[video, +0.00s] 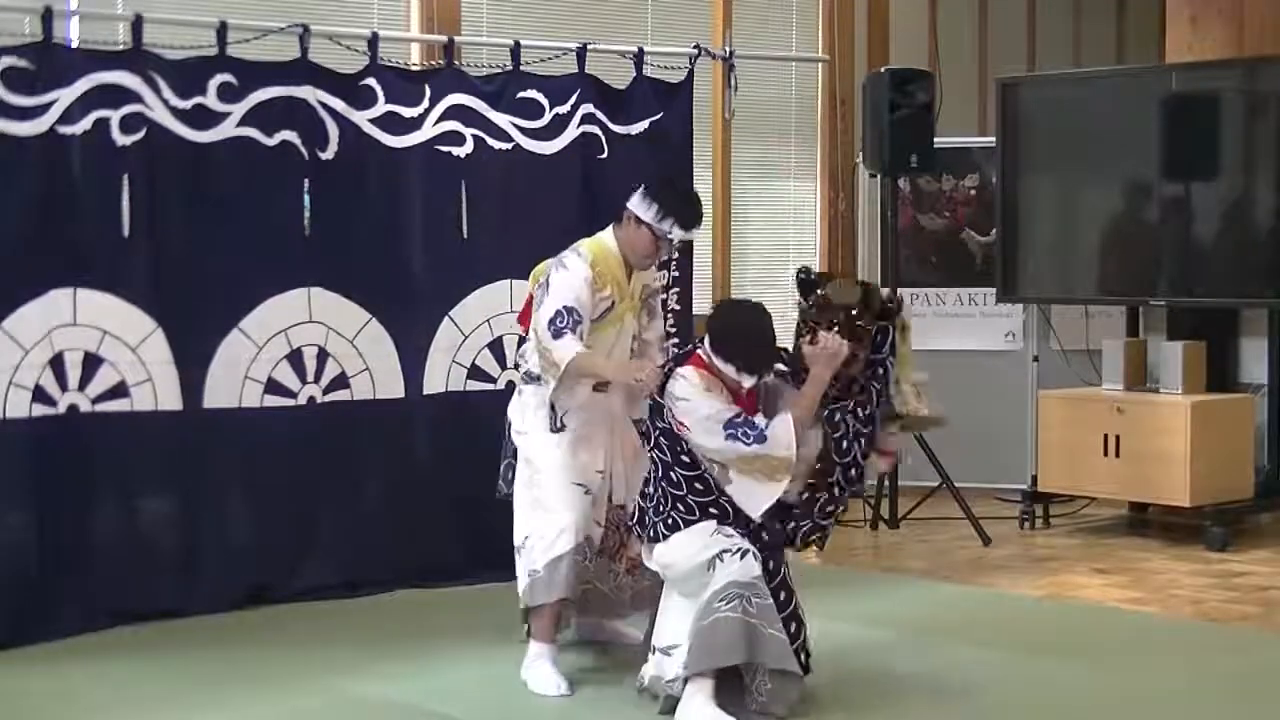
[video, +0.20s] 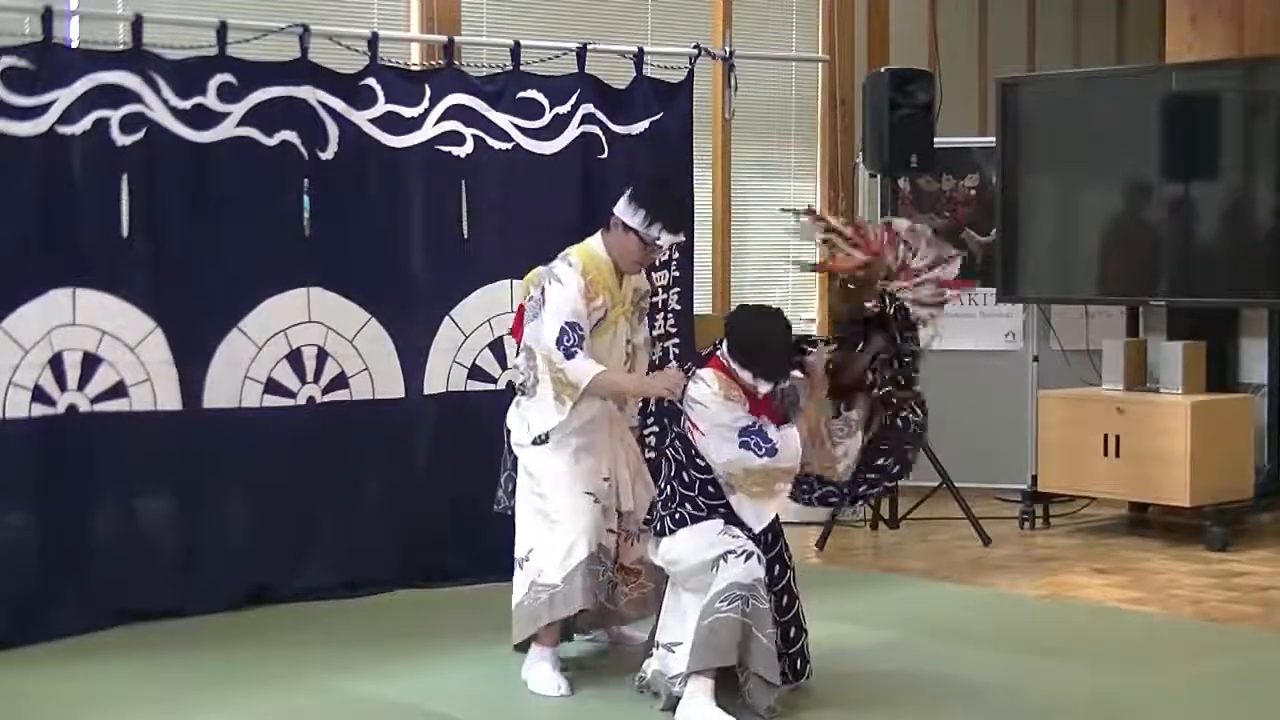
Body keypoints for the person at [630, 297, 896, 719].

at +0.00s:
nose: (746, 380)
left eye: (753, 372)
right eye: (739, 370)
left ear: (764, 355)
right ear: (714, 353)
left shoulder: (757, 377)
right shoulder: (687, 387)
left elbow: (792, 428)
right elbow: (765, 441)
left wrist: (822, 372)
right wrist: (818, 376)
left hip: (725, 516)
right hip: (679, 518)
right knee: (737, 564)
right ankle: (698, 694)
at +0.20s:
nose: (767, 383)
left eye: (775, 375)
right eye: (761, 374)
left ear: (783, 356)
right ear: (736, 357)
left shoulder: (768, 381)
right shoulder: (705, 390)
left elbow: (811, 454)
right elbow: (753, 456)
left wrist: (817, 389)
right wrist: (809, 416)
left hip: (742, 513)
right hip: (692, 516)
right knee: (742, 564)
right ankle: (698, 692)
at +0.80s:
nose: (791, 397)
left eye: (799, 389)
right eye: (784, 389)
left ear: (810, 370)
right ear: (762, 367)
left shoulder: (799, 374)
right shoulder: (723, 396)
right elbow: (758, 470)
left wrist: (843, 401)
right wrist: (827, 432)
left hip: (755, 507)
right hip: (697, 504)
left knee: (773, 579)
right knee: (734, 575)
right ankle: (698, 693)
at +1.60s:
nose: (828, 433)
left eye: (837, 430)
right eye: (826, 423)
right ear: (814, 396)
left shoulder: (829, 435)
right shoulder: (753, 400)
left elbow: (818, 503)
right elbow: (719, 496)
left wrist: (798, 559)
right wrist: (771, 550)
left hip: (754, 522)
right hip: (682, 516)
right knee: (688, 562)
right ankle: (687, 693)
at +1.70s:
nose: (850, 419)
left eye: (855, 410)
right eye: (845, 408)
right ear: (815, 387)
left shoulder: (826, 432)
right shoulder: (753, 399)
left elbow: (815, 506)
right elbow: (715, 478)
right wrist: (732, 553)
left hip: (753, 524)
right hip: (686, 513)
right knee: (686, 565)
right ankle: (687, 691)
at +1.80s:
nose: (853, 388)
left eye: (855, 376)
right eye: (844, 376)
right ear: (811, 365)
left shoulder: (832, 422)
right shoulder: (756, 389)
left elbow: (822, 494)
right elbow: (718, 465)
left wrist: (812, 560)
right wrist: (723, 546)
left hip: (752, 506)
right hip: (692, 499)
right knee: (684, 571)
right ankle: (690, 690)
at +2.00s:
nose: (819, 308)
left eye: (819, 297)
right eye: (807, 299)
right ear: (771, 312)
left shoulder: (824, 371)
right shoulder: (736, 364)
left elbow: (837, 444)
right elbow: (709, 440)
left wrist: (814, 499)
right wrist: (767, 488)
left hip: (792, 512)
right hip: (726, 508)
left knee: (849, 573)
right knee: (705, 562)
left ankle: (799, 671)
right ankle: (695, 681)